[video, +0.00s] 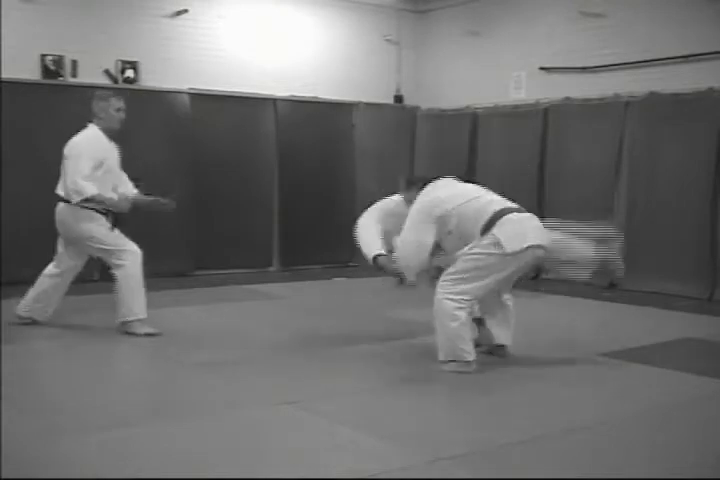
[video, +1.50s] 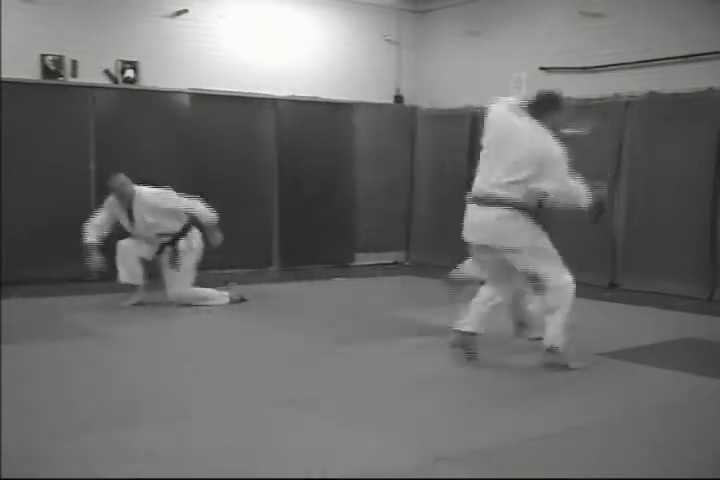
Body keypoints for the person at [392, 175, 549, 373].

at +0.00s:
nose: (410, 206)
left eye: (410, 201)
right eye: (408, 201)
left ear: (416, 191)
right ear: (430, 184)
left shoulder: (427, 199)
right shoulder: (460, 189)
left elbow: (411, 256)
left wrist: (409, 275)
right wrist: (440, 265)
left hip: (507, 237)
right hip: (536, 235)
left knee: (450, 290)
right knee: (494, 290)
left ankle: (459, 360)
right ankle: (498, 344)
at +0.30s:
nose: (423, 145)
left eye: (426, 139)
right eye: (423, 139)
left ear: (440, 138)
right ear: (450, 137)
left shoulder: (454, 155)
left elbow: (417, 175)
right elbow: (436, 209)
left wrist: (377, 178)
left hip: (517, 222)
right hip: (533, 220)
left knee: (475, 282)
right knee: (494, 276)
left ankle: (465, 356)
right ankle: (495, 328)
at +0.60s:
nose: (457, 120)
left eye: (462, 114)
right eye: (459, 114)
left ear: (477, 117)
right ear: (481, 117)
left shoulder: (487, 148)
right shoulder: (496, 140)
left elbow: (487, 198)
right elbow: (485, 193)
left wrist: (480, 242)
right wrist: (474, 227)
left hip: (531, 223)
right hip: (515, 224)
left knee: (514, 285)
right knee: (495, 273)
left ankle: (552, 350)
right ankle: (500, 327)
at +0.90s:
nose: (483, 125)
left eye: (488, 119)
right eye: (484, 119)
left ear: (503, 122)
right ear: (500, 123)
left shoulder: (522, 154)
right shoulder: (496, 155)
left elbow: (530, 207)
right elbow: (490, 196)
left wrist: (505, 231)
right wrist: (483, 217)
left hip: (554, 226)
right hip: (532, 228)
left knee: (533, 282)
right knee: (515, 270)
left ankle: (554, 352)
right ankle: (541, 326)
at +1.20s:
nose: (501, 116)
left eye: (504, 112)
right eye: (503, 111)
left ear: (516, 115)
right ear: (532, 115)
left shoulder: (500, 143)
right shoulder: (549, 133)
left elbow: (459, 131)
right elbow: (557, 119)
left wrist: (432, 109)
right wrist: (538, 106)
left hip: (530, 226)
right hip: (563, 220)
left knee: (498, 285)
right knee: (550, 280)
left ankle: (512, 343)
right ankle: (554, 324)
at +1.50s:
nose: (558, 123)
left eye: (558, 118)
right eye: (557, 118)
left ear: (532, 106)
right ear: (550, 116)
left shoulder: (499, 116)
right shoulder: (548, 146)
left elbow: (503, 103)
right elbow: (560, 190)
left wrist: (525, 99)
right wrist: (587, 198)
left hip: (475, 216)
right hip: (511, 221)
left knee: (499, 281)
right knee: (559, 281)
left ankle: (467, 330)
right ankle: (553, 347)